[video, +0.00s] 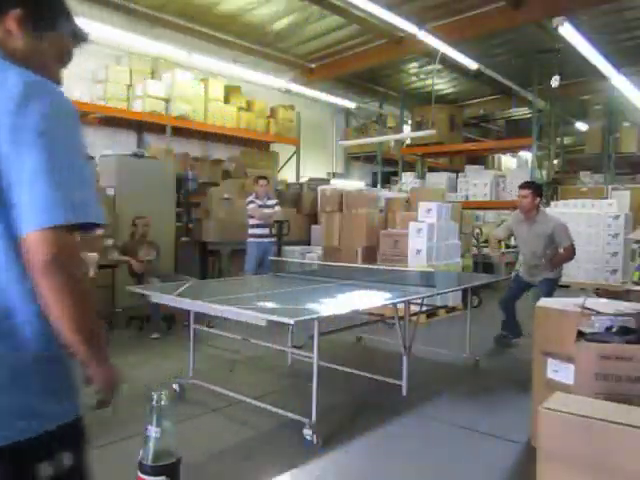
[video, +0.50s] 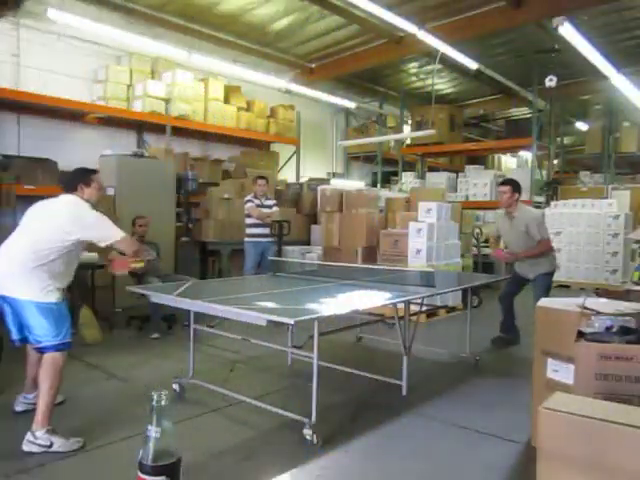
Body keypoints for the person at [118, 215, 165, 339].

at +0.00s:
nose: (144, 229)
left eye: (147, 226)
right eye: (141, 226)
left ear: (149, 227)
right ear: (134, 227)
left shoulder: (152, 245)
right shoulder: (128, 244)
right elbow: (113, 256)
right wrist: (130, 260)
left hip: (151, 273)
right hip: (136, 274)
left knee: (155, 297)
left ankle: (156, 328)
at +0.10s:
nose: (143, 229)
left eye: (145, 226)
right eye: (139, 226)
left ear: (148, 227)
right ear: (134, 228)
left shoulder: (153, 245)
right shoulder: (127, 245)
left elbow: (156, 263)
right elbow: (113, 257)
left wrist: (144, 266)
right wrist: (131, 260)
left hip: (156, 274)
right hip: (140, 276)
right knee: (155, 286)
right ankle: (154, 328)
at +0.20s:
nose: (142, 229)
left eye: (145, 226)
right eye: (139, 226)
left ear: (148, 228)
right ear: (133, 228)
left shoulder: (153, 246)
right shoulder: (127, 245)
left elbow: (156, 266)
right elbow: (111, 256)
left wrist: (144, 266)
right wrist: (130, 260)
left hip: (157, 275)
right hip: (141, 276)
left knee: (185, 281)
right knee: (155, 285)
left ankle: (189, 320)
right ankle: (154, 327)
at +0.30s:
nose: (142, 229)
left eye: (145, 226)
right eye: (138, 226)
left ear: (149, 226)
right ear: (133, 227)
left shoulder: (152, 239)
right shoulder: (127, 242)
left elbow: (162, 252)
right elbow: (112, 255)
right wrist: (130, 260)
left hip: (159, 273)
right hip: (144, 274)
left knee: (189, 282)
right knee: (157, 288)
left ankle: (190, 320)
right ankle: (155, 328)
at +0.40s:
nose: (141, 229)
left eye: (144, 226)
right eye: (138, 226)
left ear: (148, 226)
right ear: (133, 227)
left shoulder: (153, 240)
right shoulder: (126, 240)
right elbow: (112, 255)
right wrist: (130, 260)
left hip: (159, 270)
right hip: (143, 272)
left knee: (189, 282)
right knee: (156, 288)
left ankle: (190, 319)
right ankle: (154, 327)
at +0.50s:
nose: (143, 229)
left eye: (145, 226)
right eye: (140, 226)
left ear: (148, 228)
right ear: (133, 228)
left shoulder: (154, 246)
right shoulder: (128, 246)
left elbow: (157, 265)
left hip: (158, 275)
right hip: (143, 276)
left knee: (191, 282)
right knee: (157, 287)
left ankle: (189, 320)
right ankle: (154, 328)